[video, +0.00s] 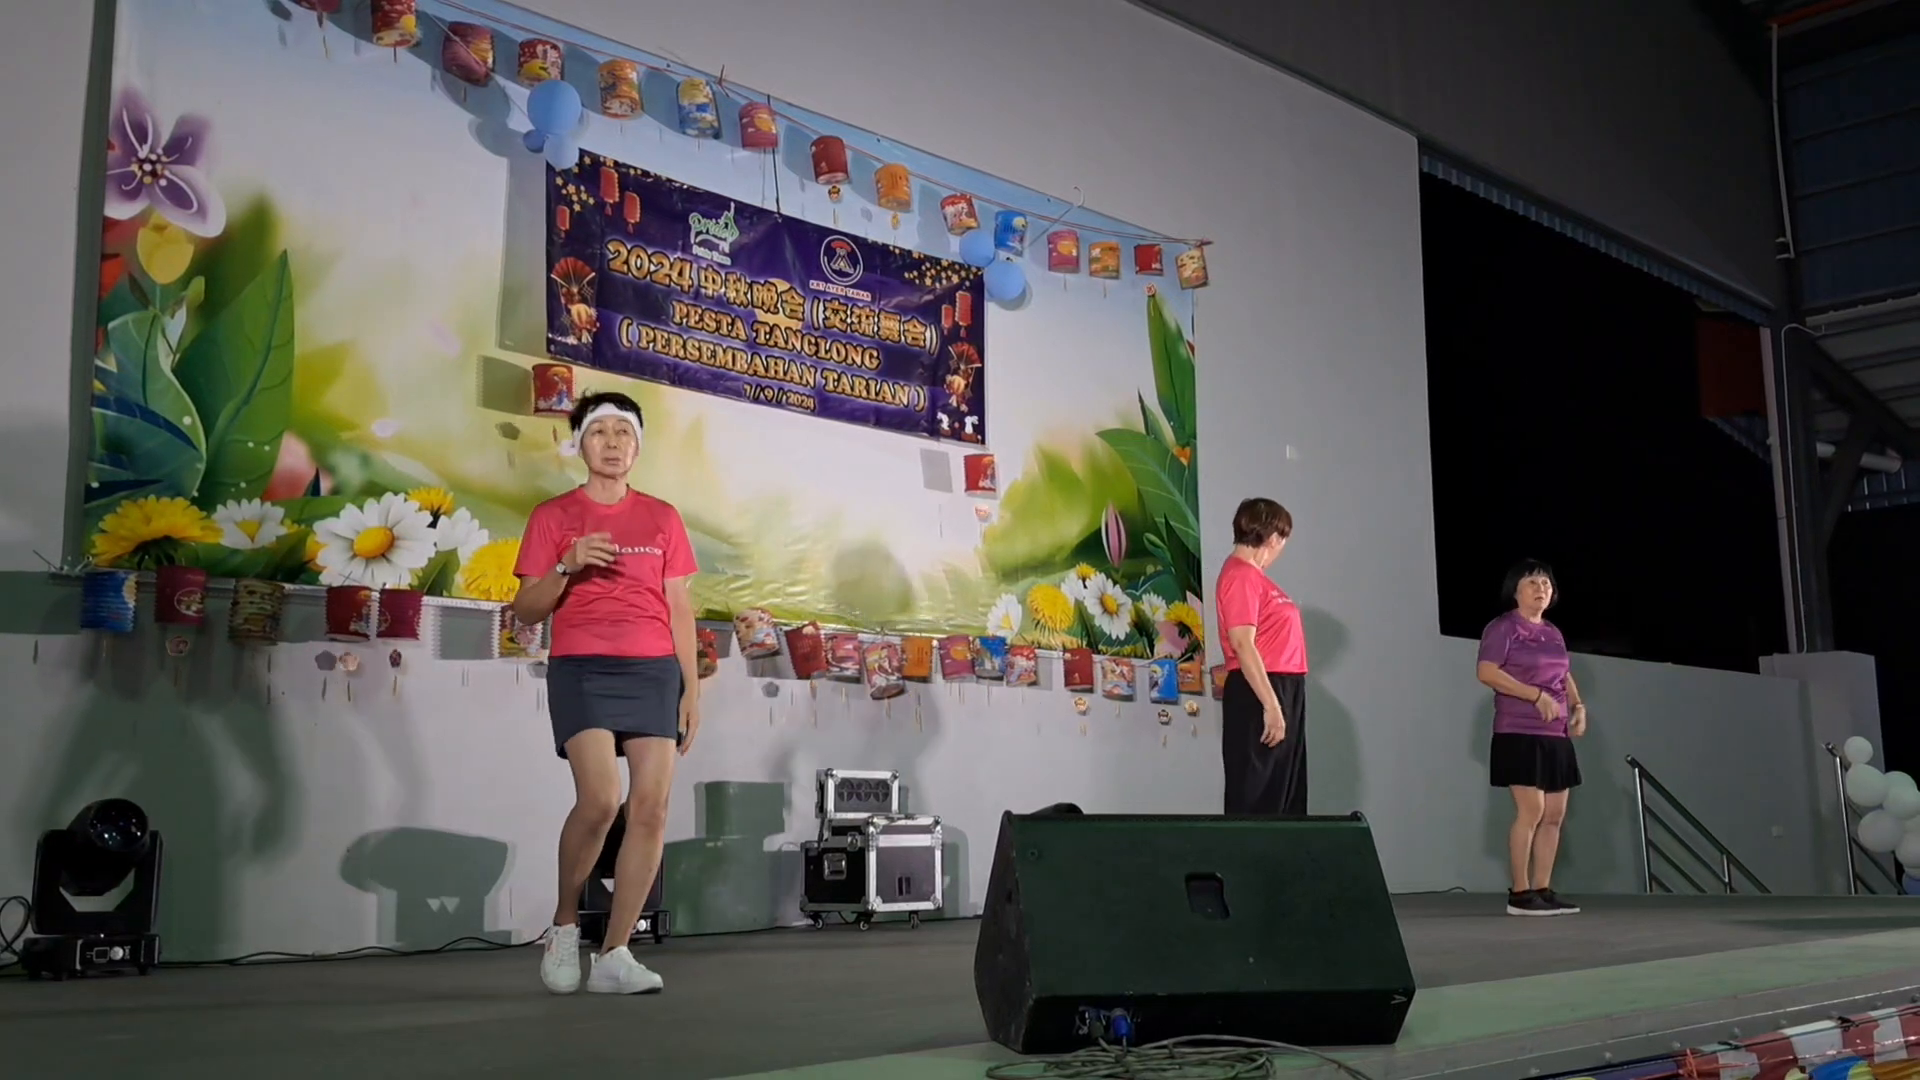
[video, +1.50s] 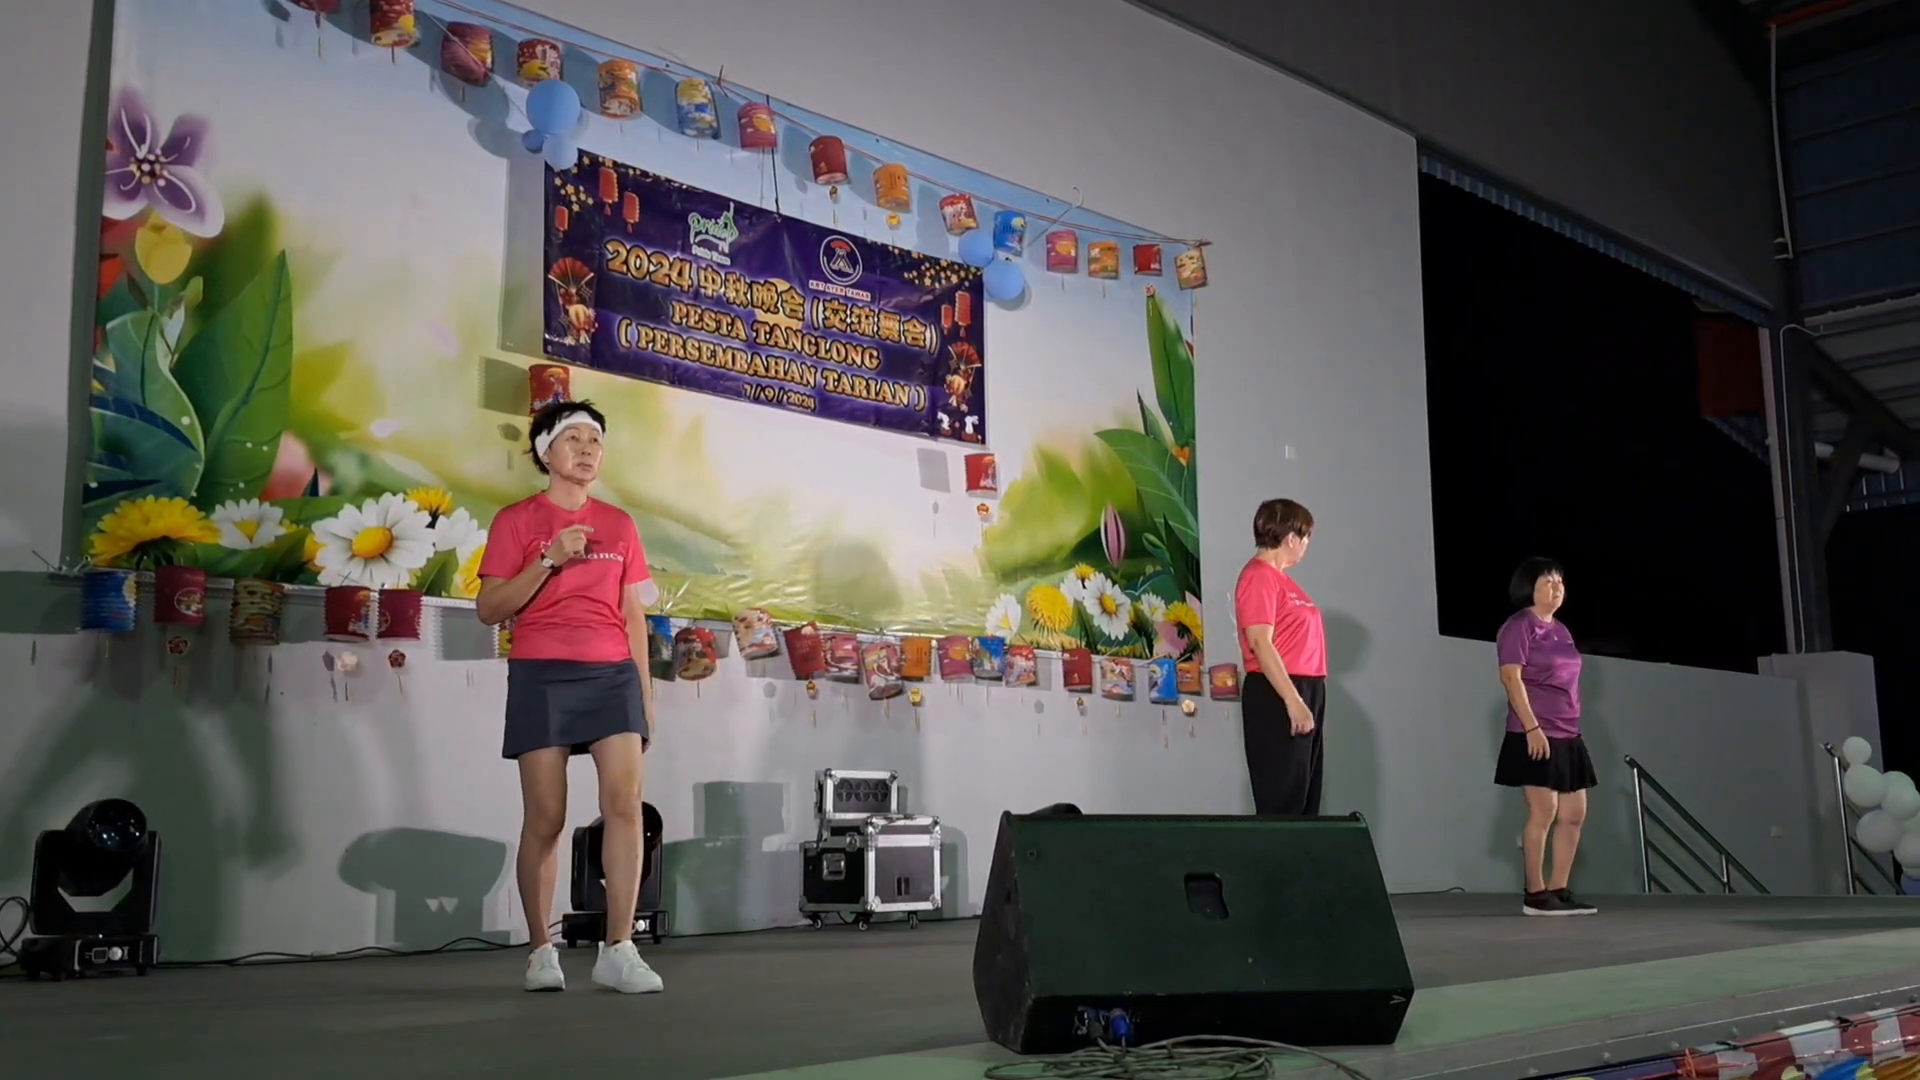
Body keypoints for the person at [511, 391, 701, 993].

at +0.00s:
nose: (612, 441)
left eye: (624, 432)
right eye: (599, 431)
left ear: (638, 447)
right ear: (580, 445)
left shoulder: (663, 517)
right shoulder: (553, 515)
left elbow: (681, 607)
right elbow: (527, 608)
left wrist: (691, 686)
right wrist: (567, 566)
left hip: (657, 672)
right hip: (580, 669)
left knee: (653, 807)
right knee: (600, 800)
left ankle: (615, 952)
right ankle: (564, 928)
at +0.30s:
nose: (613, 439)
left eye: (622, 431)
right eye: (600, 430)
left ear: (633, 447)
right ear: (576, 445)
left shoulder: (655, 518)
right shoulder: (547, 513)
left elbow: (673, 610)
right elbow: (514, 602)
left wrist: (686, 687)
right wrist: (566, 563)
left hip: (651, 673)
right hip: (575, 674)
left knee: (645, 809)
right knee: (583, 815)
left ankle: (616, 952)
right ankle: (549, 929)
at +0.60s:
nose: (600, 444)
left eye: (609, 436)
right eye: (587, 434)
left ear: (620, 451)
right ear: (561, 448)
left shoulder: (637, 523)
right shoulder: (532, 517)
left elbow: (654, 615)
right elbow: (506, 604)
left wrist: (665, 693)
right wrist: (559, 552)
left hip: (628, 679)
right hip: (552, 677)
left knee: (633, 807)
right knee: (549, 820)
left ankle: (614, 952)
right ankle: (544, 948)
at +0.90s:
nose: (591, 454)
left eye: (599, 447)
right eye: (578, 444)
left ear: (608, 462)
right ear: (551, 457)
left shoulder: (625, 531)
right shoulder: (520, 528)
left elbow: (636, 624)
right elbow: (488, 618)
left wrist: (642, 706)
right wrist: (546, 580)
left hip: (610, 682)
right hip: (536, 681)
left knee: (625, 798)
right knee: (543, 817)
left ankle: (618, 945)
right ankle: (543, 948)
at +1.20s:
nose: (586, 448)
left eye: (593, 441)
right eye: (572, 439)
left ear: (604, 456)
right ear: (546, 453)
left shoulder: (623, 526)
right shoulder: (517, 522)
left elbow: (636, 617)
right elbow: (484, 610)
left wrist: (637, 686)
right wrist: (543, 569)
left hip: (614, 676)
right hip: (540, 677)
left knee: (628, 800)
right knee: (546, 815)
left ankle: (619, 947)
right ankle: (543, 947)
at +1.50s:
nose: (586, 450)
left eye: (594, 442)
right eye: (573, 440)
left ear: (603, 455)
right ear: (545, 451)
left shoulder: (618, 524)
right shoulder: (516, 520)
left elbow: (634, 616)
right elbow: (491, 608)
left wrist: (643, 695)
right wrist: (548, 561)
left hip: (614, 677)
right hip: (541, 678)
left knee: (625, 804)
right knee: (545, 819)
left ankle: (618, 947)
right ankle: (543, 947)